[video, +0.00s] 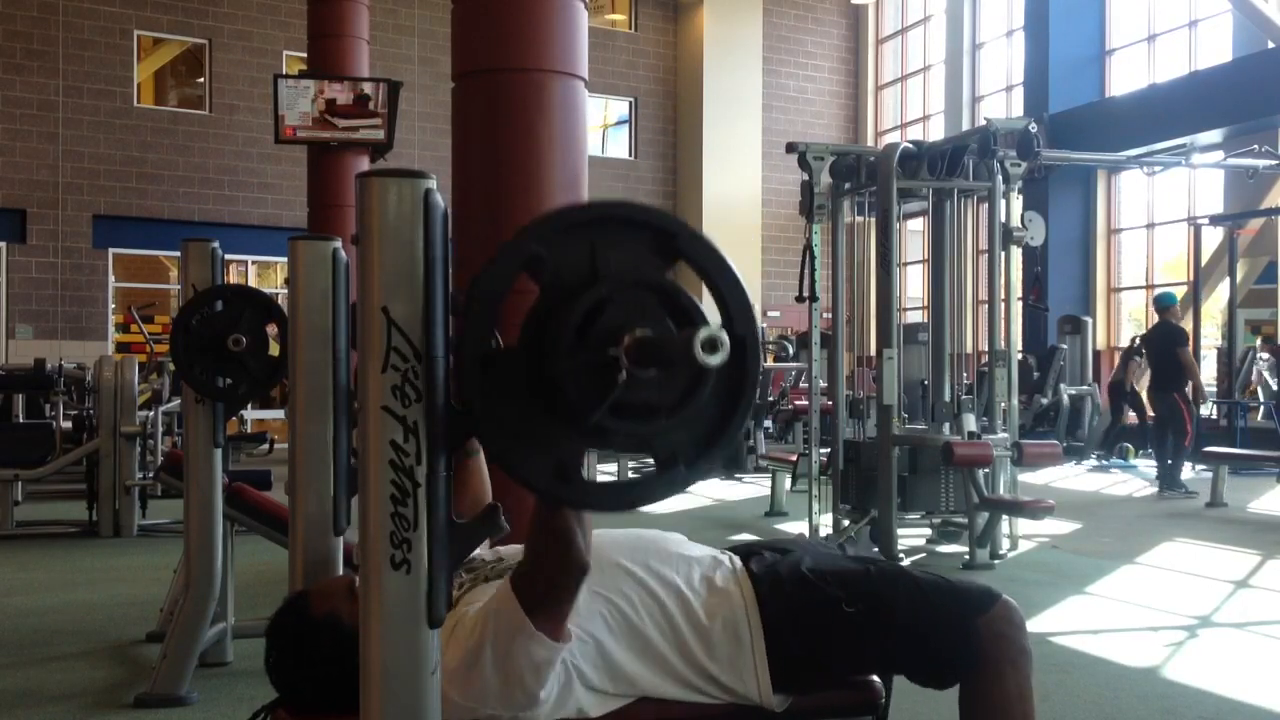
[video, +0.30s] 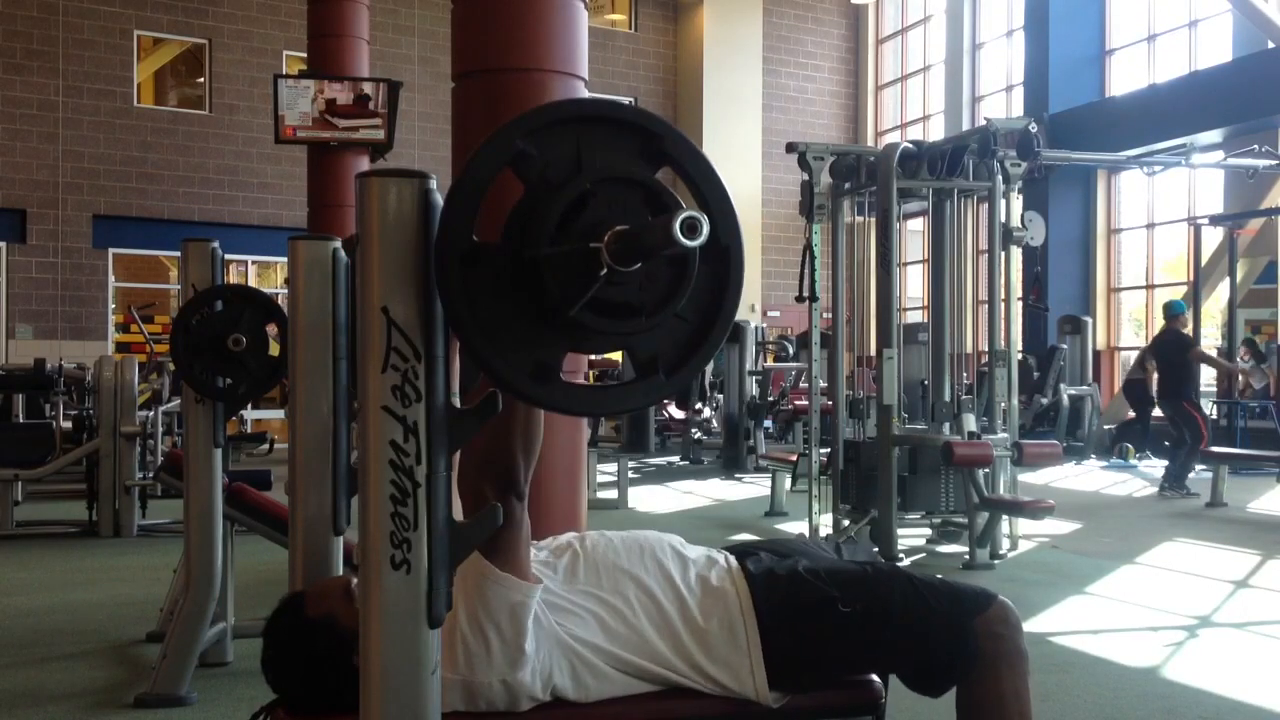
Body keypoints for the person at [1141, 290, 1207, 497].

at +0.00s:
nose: (1181, 310)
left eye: (1179, 307)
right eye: (1178, 307)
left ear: (1159, 310)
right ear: (1172, 309)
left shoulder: (1149, 335)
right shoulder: (1177, 331)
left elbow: (1151, 365)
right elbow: (1188, 361)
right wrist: (1199, 387)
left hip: (1155, 390)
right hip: (1173, 390)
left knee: (1162, 431)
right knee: (1186, 431)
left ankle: (1164, 477)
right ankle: (1174, 479)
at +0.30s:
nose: (1187, 318)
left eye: (1186, 314)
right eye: (1185, 315)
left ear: (1168, 317)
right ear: (1178, 317)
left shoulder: (1159, 338)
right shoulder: (1180, 337)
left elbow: (1143, 362)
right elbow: (1203, 357)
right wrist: (1231, 368)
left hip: (1165, 396)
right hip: (1180, 396)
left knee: (1182, 437)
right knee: (1201, 436)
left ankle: (1169, 481)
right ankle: (1178, 482)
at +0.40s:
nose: (1190, 311)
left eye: (1189, 308)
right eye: (1188, 308)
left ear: (1169, 310)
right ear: (1182, 309)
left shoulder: (1159, 331)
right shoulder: (1184, 328)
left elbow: (1144, 338)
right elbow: (1203, 336)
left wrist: (1140, 335)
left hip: (1167, 390)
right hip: (1184, 390)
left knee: (1180, 432)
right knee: (1200, 429)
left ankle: (1168, 478)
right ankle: (1180, 478)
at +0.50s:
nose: (1192, 300)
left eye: (1191, 296)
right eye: (1190, 296)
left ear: (1171, 298)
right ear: (1185, 297)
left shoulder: (1161, 318)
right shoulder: (1191, 314)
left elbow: (1142, 316)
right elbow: (1208, 310)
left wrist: (1135, 304)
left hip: (1168, 377)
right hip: (1187, 377)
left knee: (1174, 420)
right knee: (1197, 417)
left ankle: (1166, 471)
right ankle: (1190, 471)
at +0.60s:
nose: (1193, 299)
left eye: (1192, 296)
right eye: (1191, 296)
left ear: (1173, 297)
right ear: (1187, 297)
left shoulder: (1163, 316)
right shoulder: (1190, 313)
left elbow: (1145, 302)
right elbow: (1205, 289)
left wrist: (1137, 280)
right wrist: (1215, 265)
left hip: (1171, 378)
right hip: (1190, 378)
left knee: (1172, 422)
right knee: (1202, 418)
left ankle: (1157, 469)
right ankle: (1197, 470)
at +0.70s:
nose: (1194, 306)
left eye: (1192, 303)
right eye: (1192, 302)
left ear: (1173, 306)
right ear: (1188, 305)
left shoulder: (1165, 325)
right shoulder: (1188, 323)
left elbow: (1149, 304)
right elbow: (1197, 291)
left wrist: (1151, 275)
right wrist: (1196, 267)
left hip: (1172, 387)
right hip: (1190, 387)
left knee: (1173, 428)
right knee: (1207, 424)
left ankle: (1151, 472)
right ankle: (1207, 475)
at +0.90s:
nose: (1198, 319)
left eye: (1197, 316)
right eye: (1196, 316)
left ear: (1175, 318)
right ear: (1193, 319)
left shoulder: (1168, 337)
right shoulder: (1194, 335)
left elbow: (1152, 322)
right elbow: (1206, 312)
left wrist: (1157, 296)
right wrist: (1200, 286)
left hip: (1172, 400)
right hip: (1192, 401)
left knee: (1172, 439)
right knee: (1212, 442)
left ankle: (1147, 477)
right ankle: (1201, 484)